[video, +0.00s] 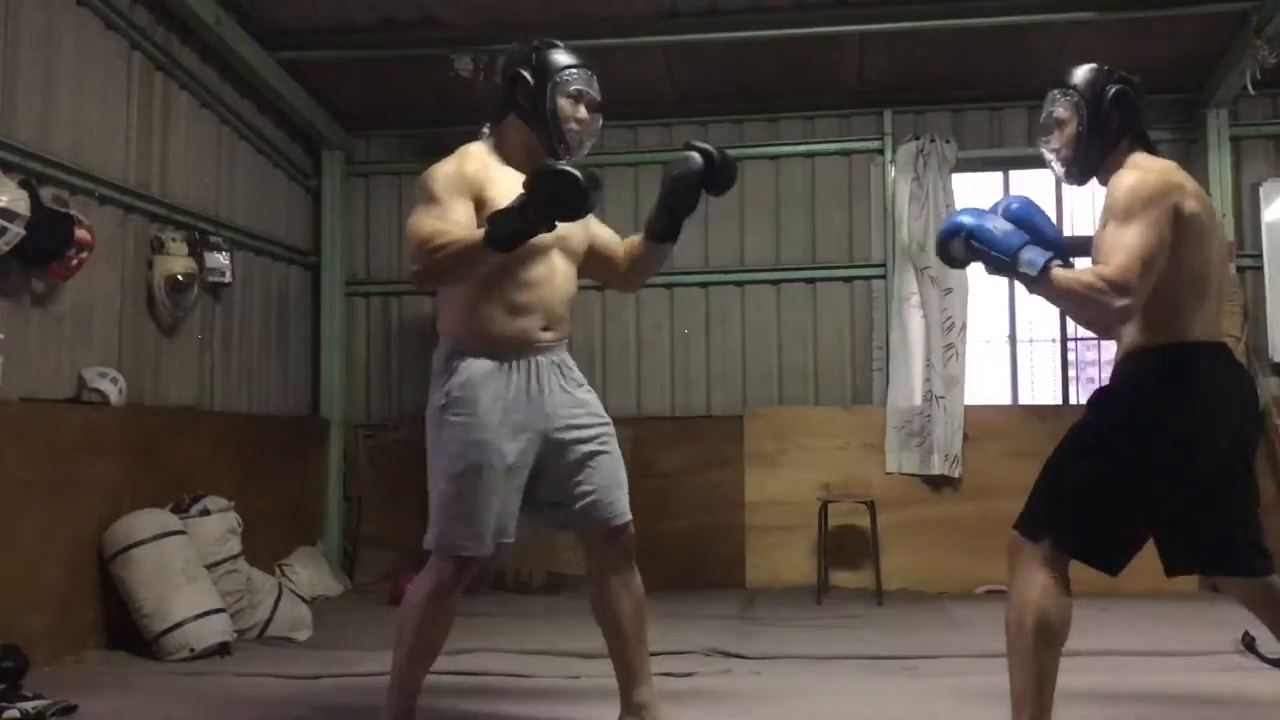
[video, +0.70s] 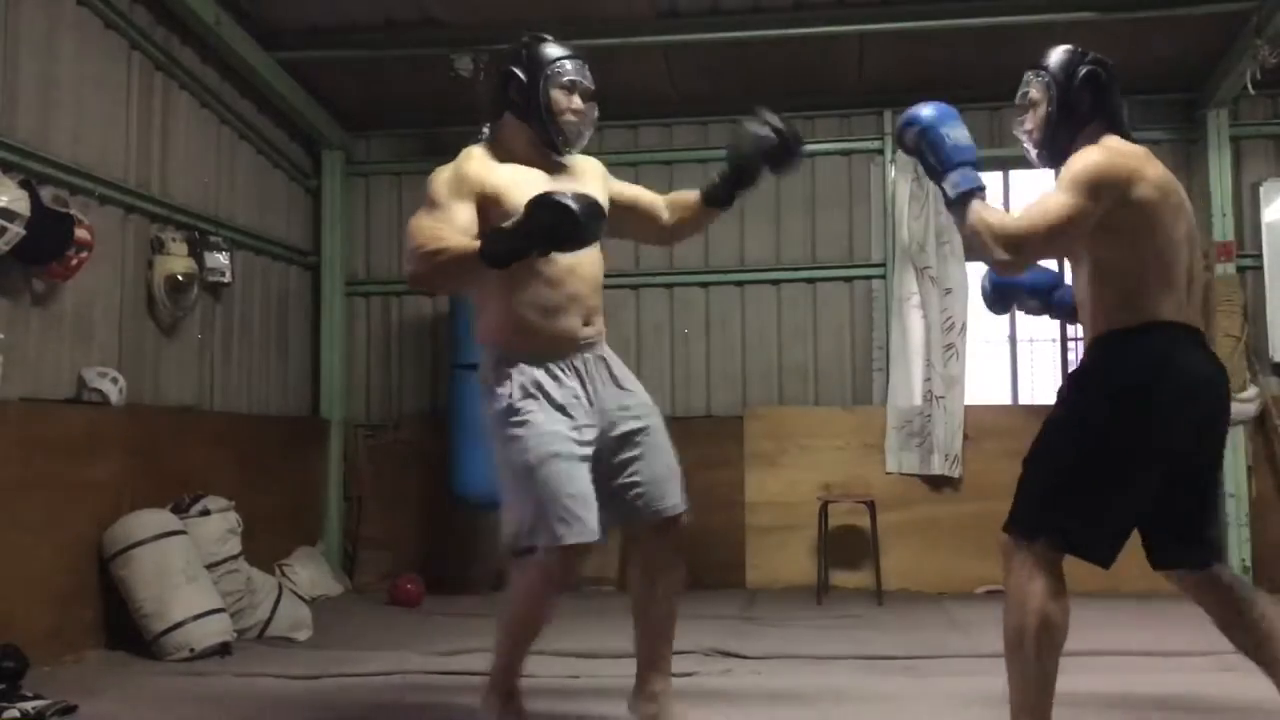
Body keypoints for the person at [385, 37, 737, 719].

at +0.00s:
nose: (590, 117)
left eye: (594, 105)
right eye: (577, 100)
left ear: (588, 115)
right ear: (528, 99)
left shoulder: (566, 202)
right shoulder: (462, 170)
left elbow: (629, 267)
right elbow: (424, 263)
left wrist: (673, 206)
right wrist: (512, 226)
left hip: (559, 374)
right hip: (478, 378)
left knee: (614, 536)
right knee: (457, 559)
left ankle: (640, 704)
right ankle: (400, 706)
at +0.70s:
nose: (582, 105)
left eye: (587, 93)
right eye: (568, 90)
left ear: (587, 103)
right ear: (522, 93)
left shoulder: (588, 174)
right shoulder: (469, 171)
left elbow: (667, 219)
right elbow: (424, 267)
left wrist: (736, 175)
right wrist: (518, 240)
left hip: (603, 370)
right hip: (527, 382)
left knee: (662, 518)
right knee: (566, 537)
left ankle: (653, 692)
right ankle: (502, 689)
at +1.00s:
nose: (560, 134)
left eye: (565, 122)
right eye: (548, 119)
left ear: (564, 130)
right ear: (502, 114)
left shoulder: (572, 200)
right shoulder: (447, 188)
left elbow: (624, 291)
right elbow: (439, 251)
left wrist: (663, 370)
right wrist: (541, 201)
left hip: (625, 318)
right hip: (566, 387)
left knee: (765, 263)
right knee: (592, 555)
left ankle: (929, 261)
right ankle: (567, 711)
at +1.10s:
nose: (568, 129)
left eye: (572, 116)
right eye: (553, 112)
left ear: (572, 122)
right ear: (504, 112)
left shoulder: (568, 187)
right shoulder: (448, 196)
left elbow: (637, 275)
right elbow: (457, 288)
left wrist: (706, 345)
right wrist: (551, 242)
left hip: (615, 326)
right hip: (557, 390)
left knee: (751, 281)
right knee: (593, 550)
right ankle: (566, 710)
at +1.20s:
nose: (569, 125)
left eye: (574, 113)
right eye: (553, 110)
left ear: (577, 120)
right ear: (506, 112)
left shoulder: (569, 188)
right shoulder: (450, 204)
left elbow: (632, 249)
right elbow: (448, 304)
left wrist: (728, 287)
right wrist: (548, 283)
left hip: (613, 342)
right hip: (546, 393)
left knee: (753, 376)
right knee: (580, 547)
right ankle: (563, 709)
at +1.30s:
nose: (571, 123)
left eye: (575, 111)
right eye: (555, 108)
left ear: (578, 120)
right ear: (508, 112)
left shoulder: (572, 191)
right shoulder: (454, 204)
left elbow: (636, 245)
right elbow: (443, 308)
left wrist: (725, 253)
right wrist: (536, 295)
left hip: (599, 366)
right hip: (533, 390)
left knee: (689, 479)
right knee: (572, 549)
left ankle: (592, 583)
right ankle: (561, 709)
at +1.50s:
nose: (583, 147)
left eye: (588, 137)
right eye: (569, 132)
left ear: (589, 150)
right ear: (529, 138)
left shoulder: (581, 220)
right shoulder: (486, 212)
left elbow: (628, 302)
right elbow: (474, 315)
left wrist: (639, 266)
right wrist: (562, 282)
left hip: (566, 398)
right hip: (513, 399)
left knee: (537, 551)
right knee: (579, 533)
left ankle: (469, 676)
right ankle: (562, 707)